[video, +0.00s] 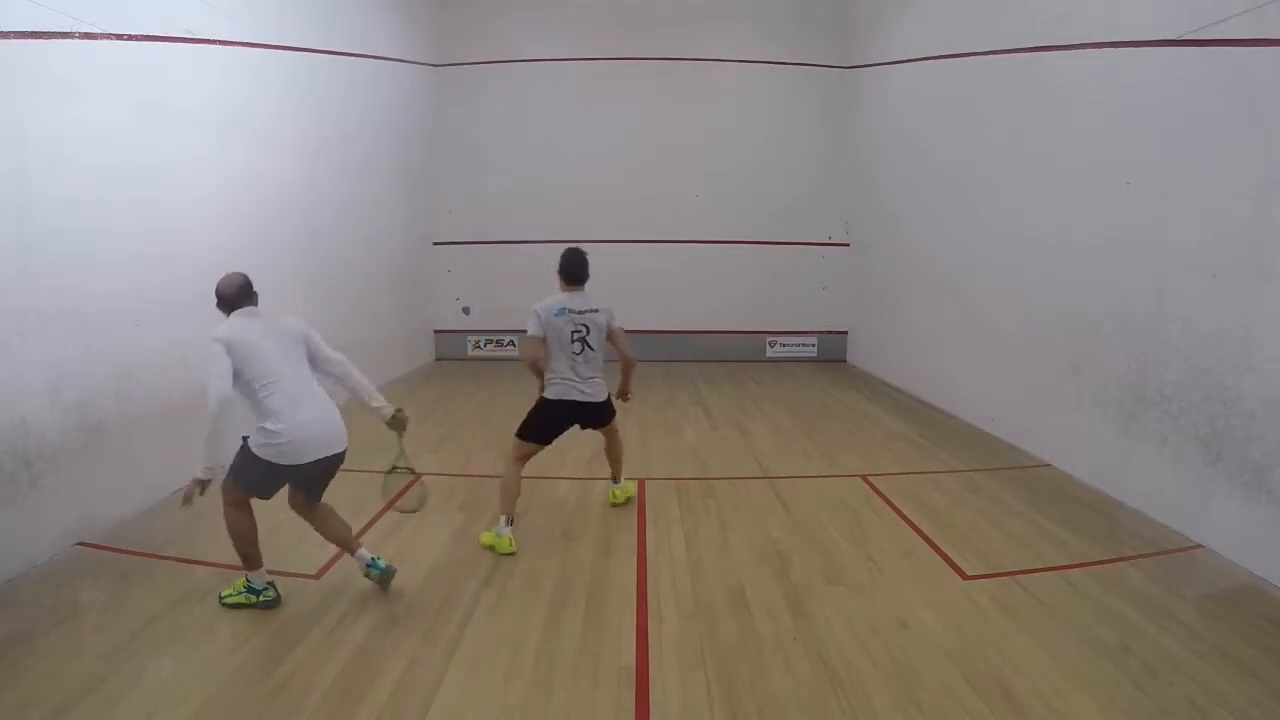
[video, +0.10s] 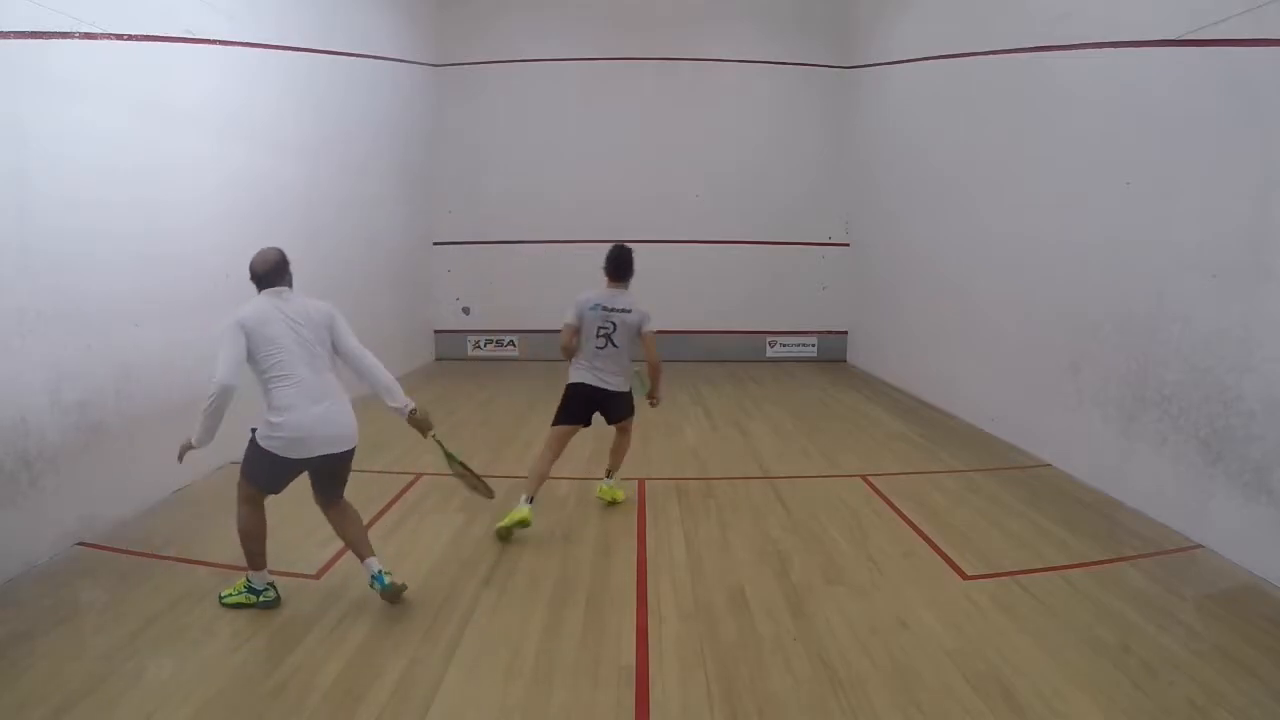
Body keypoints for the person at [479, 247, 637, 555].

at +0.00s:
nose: (563, 275)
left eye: (560, 270)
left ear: (559, 275)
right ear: (588, 276)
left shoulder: (544, 310)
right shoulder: (602, 312)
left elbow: (531, 357)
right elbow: (628, 358)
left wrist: (545, 379)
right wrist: (624, 387)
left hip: (556, 402)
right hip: (595, 400)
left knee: (516, 458)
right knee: (611, 432)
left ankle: (504, 530)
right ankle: (618, 487)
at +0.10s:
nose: (611, 272)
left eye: (609, 267)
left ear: (605, 271)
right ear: (632, 273)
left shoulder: (584, 301)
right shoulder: (638, 312)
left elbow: (566, 344)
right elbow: (653, 360)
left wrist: (572, 354)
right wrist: (654, 391)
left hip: (580, 387)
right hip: (616, 392)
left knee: (551, 449)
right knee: (624, 429)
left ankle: (524, 505)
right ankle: (607, 484)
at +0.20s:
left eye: (650, 275)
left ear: (646, 278)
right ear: (670, 282)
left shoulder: (621, 301)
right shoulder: (670, 320)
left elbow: (594, 334)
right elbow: (675, 369)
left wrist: (593, 366)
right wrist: (677, 393)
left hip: (603, 382)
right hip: (636, 389)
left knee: (593, 437)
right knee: (638, 436)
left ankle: (576, 472)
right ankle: (612, 481)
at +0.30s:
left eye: (679, 279)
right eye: (694, 283)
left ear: (674, 281)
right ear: (697, 286)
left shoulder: (653, 302)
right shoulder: (696, 320)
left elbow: (619, 327)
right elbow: (699, 365)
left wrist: (614, 360)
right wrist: (698, 389)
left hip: (630, 377)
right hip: (658, 386)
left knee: (649, 417)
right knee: (650, 443)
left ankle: (639, 462)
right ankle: (616, 478)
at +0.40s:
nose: (708, 280)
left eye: (703, 276)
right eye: (717, 278)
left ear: (697, 277)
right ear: (719, 281)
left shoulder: (679, 299)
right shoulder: (723, 313)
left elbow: (652, 323)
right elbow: (724, 354)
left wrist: (644, 357)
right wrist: (726, 380)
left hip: (666, 371)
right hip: (692, 378)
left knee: (698, 399)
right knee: (671, 432)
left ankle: (714, 444)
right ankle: (639, 467)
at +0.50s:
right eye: (736, 282)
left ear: (718, 282)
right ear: (739, 285)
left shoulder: (703, 304)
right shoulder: (744, 314)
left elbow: (680, 329)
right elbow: (750, 355)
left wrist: (669, 360)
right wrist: (757, 379)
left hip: (696, 373)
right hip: (722, 378)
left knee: (722, 401)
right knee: (724, 431)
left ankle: (734, 443)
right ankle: (692, 437)